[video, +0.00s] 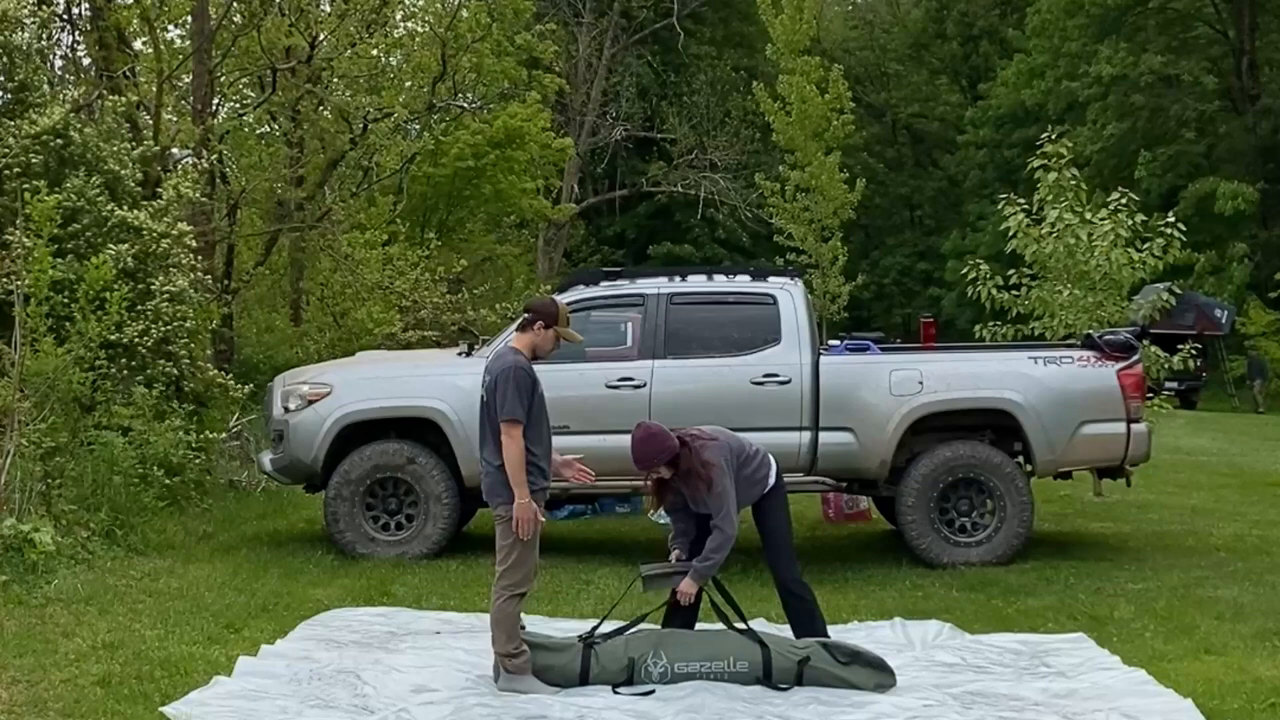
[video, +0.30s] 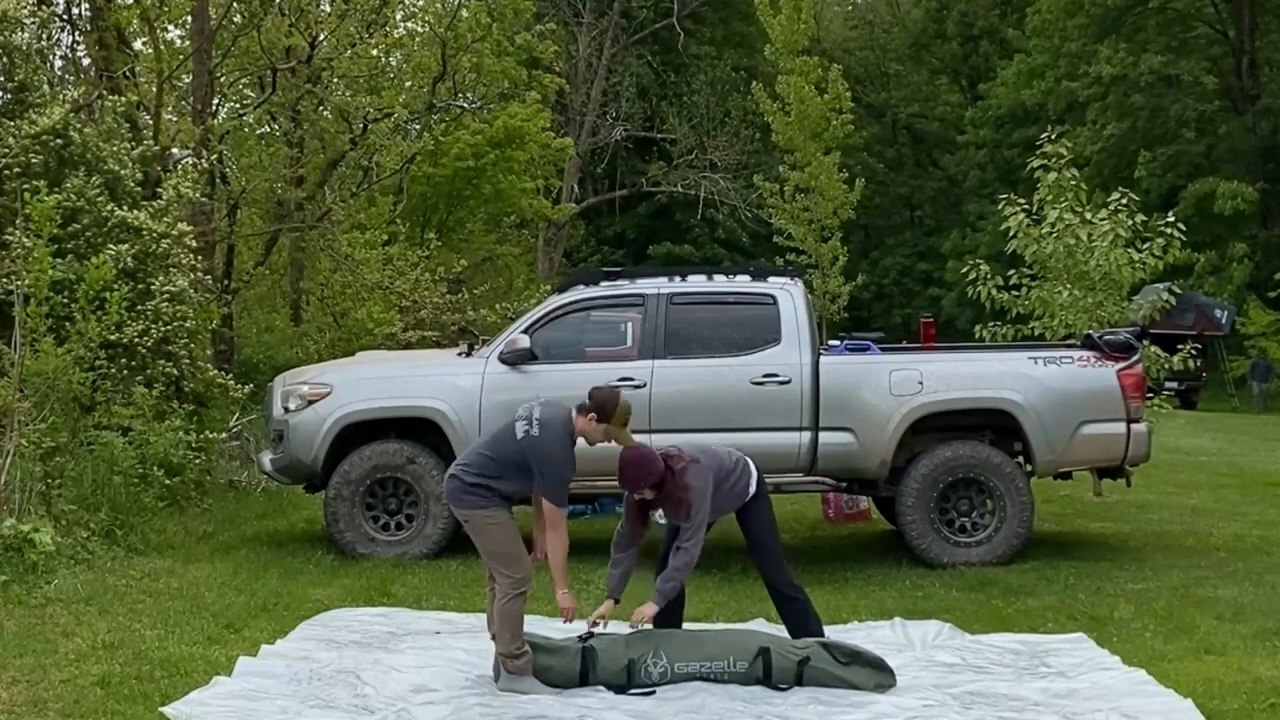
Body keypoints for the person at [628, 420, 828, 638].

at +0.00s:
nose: (654, 476)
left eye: (655, 470)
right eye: (649, 472)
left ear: (669, 459)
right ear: (649, 466)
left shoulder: (710, 456)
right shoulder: (664, 472)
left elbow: (726, 529)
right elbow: (679, 515)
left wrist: (695, 577)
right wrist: (679, 548)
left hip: (761, 482)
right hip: (713, 493)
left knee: (786, 576)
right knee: (688, 574)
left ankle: (820, 654)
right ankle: (669, 652)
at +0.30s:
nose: (638, 496)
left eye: (642, 490)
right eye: (633, 492)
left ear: (657, 479)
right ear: (628, 485)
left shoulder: (692, 476)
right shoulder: (638, 485)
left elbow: (688, 547)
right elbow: (627, 540)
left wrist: (657, 602)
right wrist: (611, 598)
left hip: (744, 486)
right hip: (694, 499)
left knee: (775, 575)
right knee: (667, 572)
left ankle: (816, 649)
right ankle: (666, 649)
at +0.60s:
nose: (639, 503)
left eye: (642, 497)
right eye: (634, 499)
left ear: (654, 484)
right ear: (627, 488)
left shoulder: (686, 479)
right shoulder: (632, 481)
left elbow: (674, 548)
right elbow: (622, 534)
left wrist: (639, 602)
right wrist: (607, 587)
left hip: (739, 487)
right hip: (693, 497)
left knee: (771, 577)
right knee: (667, 571)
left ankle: (814, 649)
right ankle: (666, 648)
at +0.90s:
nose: (795, 492)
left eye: (800, 487)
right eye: (790, 487)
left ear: (808, 475)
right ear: (774, 478)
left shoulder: (813, 485)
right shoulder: (741, 481)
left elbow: (837, 538)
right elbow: (742, 543)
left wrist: (858, 599)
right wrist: (771, 596)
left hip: (792, 509)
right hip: (740, 508)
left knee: (820, 572)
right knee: (704, 566)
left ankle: (833, 645)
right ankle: (673, 638)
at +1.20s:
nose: (879, 534)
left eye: (884, 529)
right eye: (876, 526)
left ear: (891, 522)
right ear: (862, 515)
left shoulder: (882, 521)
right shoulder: (823, 509)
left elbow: (890, 578)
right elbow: (805, 571)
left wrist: (902, 641)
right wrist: (840, 615)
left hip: (826, 513)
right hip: (774, 498)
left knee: (851, 578)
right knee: (730, 573)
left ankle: (847, 649)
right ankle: (685, 640)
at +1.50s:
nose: (889, 538)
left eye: (896, 533)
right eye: (886, 529)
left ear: (903, 528)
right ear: (873, 516)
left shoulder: (888, 525)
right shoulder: (836, 511)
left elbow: (893, 586)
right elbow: (826, 582)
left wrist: (901, 650)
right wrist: (861, 626)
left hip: (828, 516)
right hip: (776, 499)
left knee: (853, 581)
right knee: (729, 576)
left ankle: (848, 657)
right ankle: (687, 642)